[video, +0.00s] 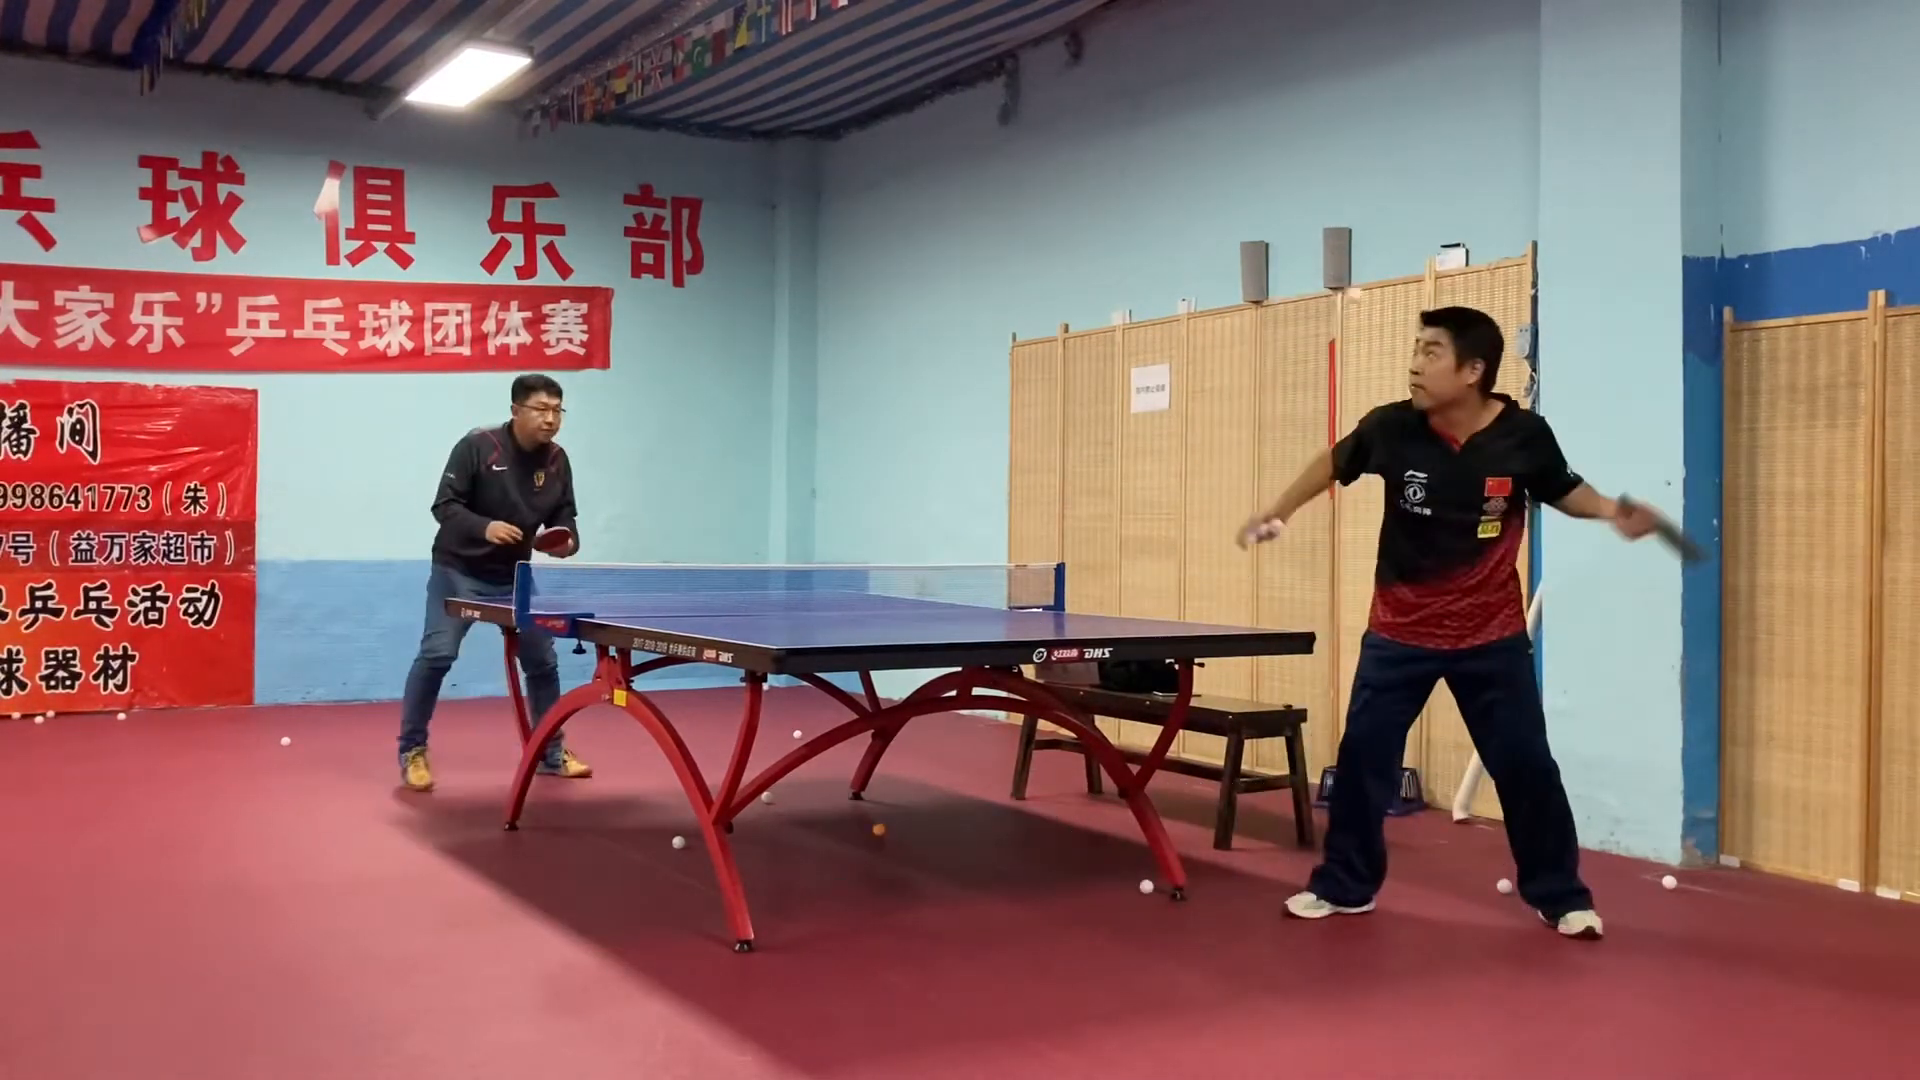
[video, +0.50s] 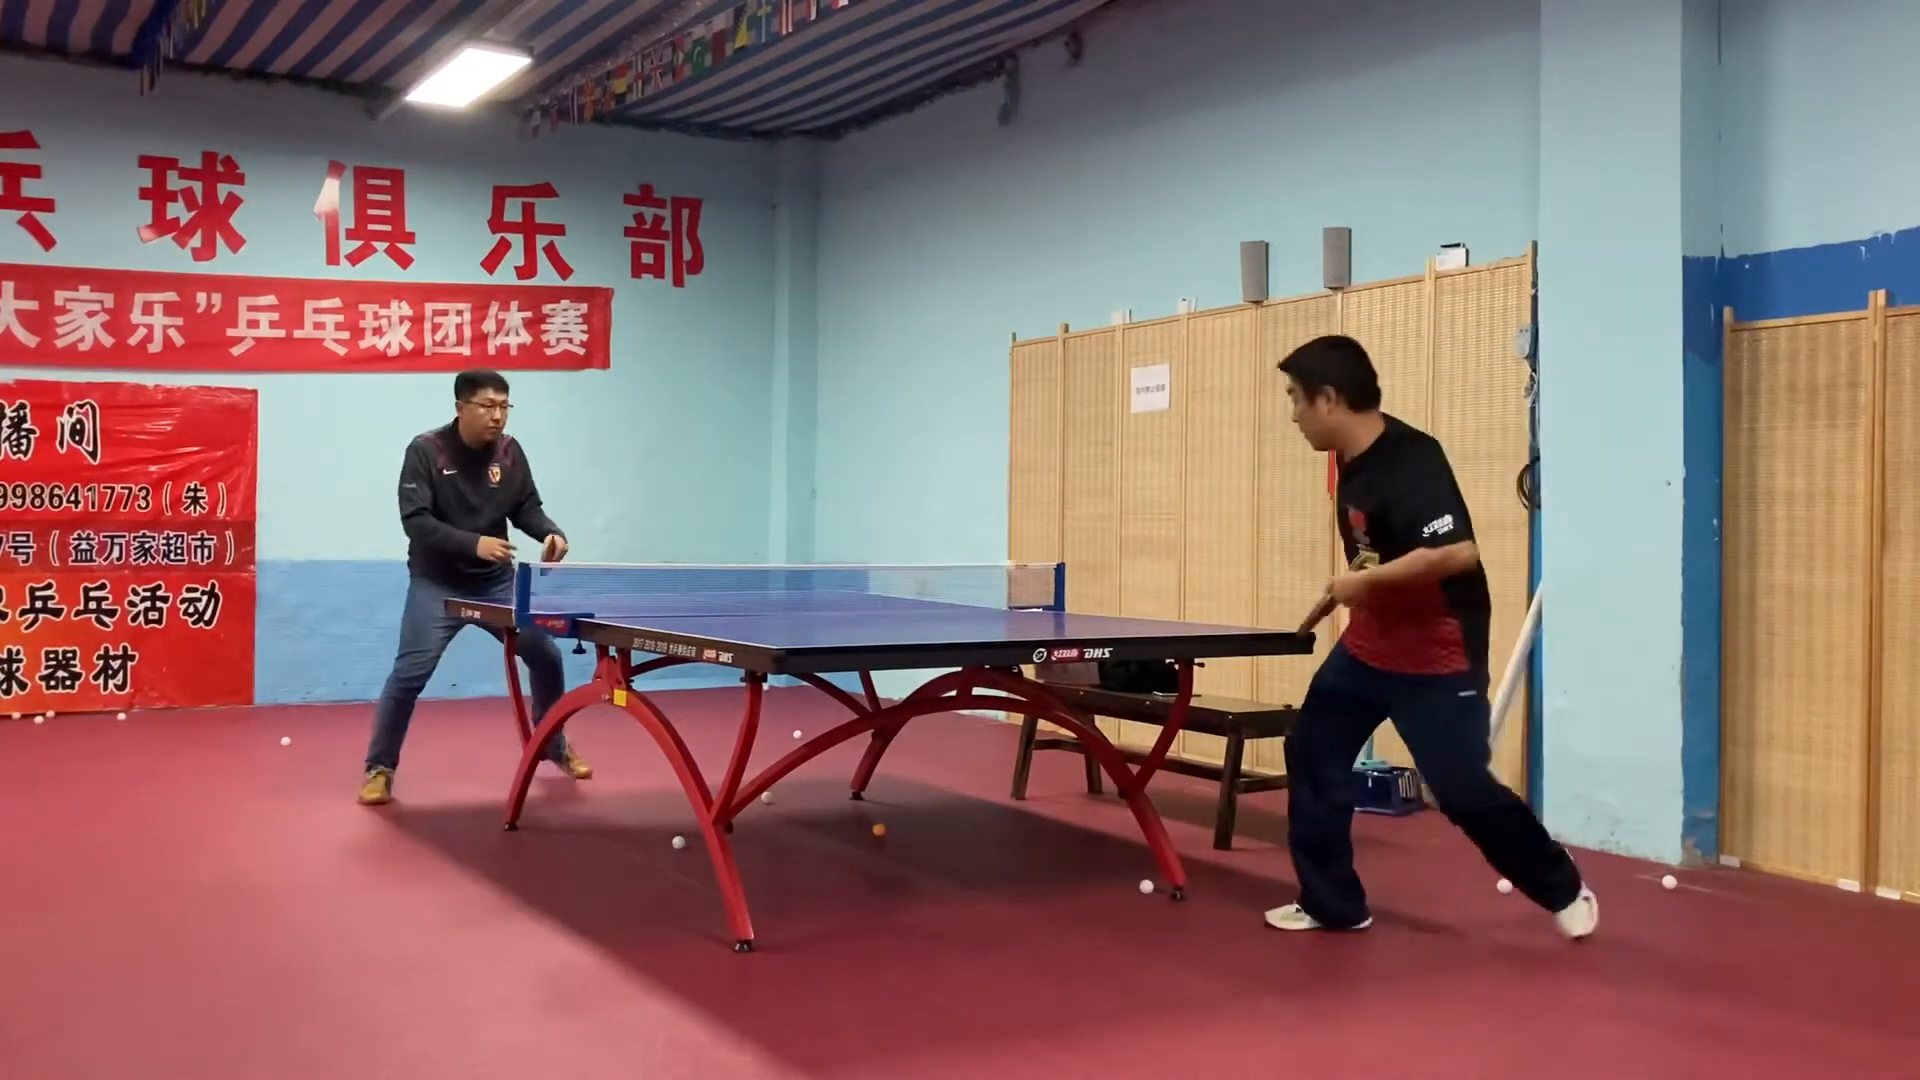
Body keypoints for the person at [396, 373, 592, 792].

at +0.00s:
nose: (550, 419)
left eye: (556, 411)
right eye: (541, 410)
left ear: (562, 416)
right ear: (516, 411)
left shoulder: (556, 459)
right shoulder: (478, 446)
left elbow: (565, 516)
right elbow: (444, 507)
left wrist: (563, 540)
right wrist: (485, 526)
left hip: (513, 574)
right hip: (459, 571)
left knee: (543, 660)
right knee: (438, 653)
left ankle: (552, 752)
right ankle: (412, 749)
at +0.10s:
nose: (553, 415)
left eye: (558, 407)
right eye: (543, 406)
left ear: (562, 411)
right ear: (517, 408)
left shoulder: (556, 456)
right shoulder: (479, 443)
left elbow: (566, 514)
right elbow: (449, 505)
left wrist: (573, 536)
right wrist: (494, 525)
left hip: (513, 574)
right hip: (459, 569)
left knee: (536, 658)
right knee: (431, 656)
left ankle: (552, 753)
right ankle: (393, 752)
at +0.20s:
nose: (543, 416)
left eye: (549, 408)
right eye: (534, 407)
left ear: (553, 412)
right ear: (508, 409)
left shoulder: (547, 456)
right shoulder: (471, 445)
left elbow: (557, 514)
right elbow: (446, 510)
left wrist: (576, 532)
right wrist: (496, 528)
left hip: (509, 581)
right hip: (454, 577)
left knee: (535, 663)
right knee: (419, 666)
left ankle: (551, 754)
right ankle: (384, 760)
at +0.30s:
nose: (527, 419)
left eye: (532, 411)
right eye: (516, 410)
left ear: (535, 415)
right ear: (490, 411)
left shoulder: (532, 459)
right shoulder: (454, 451)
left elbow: (542, 517)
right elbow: (434, 520)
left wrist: (565, 536)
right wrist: (488, 535)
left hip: (501, 587)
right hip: (444, 584)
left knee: (533, 664)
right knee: (410, 671)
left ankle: (550, 754)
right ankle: (379, 767)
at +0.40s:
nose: (509, 421)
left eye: (515, 412)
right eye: (499, 412)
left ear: (518, 416)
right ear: (472, 413)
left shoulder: (517, 459)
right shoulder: (437, 454)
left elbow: (526, 518)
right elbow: (420, 523)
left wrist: (553, 540)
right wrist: (475, 543)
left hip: (495, 587)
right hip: (437, 587)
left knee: (532, 660)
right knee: (412, 674)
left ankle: (550, 751)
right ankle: (380, 768)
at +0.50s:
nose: (497, 416)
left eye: (503, 408)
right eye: (487, 407)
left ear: (508, 411)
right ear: (461, 408)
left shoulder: (509, 451)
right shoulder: (426, 450)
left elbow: (525, 506)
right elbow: (415, 521)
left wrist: (550, 532)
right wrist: (473, 543)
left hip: (495, 582)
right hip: (435, 584)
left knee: (547, 655)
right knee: (411, 670)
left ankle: (553, 744)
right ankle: (379, 769)